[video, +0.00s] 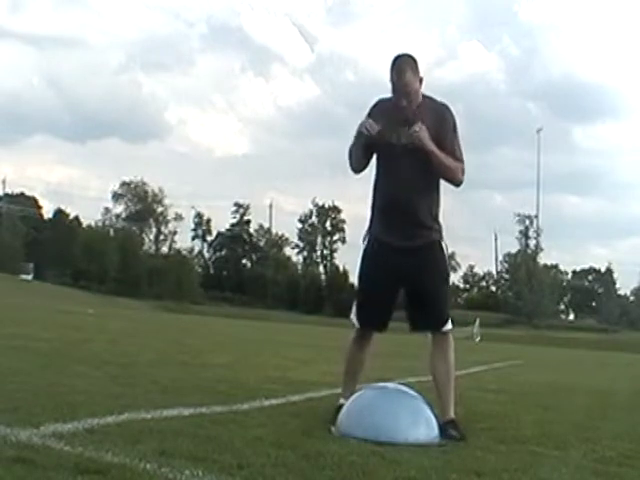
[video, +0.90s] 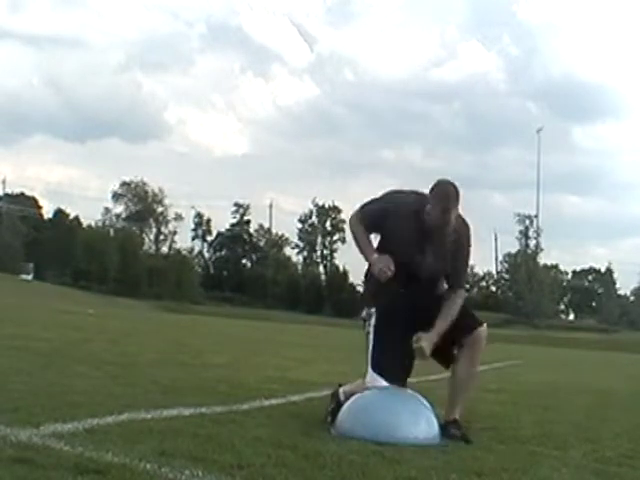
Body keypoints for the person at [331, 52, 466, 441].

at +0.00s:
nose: (403, 97)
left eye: (408, 89)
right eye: (397, 91)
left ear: (422, 81)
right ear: (390, 86)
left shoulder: (440, 114)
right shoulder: (382, 110)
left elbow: (457, 174)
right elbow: (356, 165)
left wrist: (427, 144)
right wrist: (367, 136)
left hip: (426, 238)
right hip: (383, 237)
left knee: (441, 328)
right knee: (365, 329)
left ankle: (447, 418)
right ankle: (345, 405)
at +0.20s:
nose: (431, 134)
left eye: (436, 128)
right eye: (424, 127)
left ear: (444, 120)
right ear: (413, 118)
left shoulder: (448, 141)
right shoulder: (389, 136)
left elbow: (461, 203)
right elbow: (348, 167)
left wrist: (452, 186)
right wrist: (371, 181)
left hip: (427, 255)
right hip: (389, 256)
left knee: (454, 328)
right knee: (376, 349)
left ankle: (448, 419)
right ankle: (342, 401)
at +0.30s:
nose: (441, 174)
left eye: (447, 169)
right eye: (437, 168)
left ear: (453, 162)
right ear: (425, 155)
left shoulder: (449, 179)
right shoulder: (398, 173)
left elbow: (459, 228)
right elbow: (354, 206)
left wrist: (450, 214)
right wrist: (384, 243)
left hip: (427, 275)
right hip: (389, 277)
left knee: (460, 334)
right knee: (382, 370)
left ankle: (450, 420)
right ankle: (342, 394)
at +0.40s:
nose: (445, 222)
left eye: (451, 217)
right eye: (440, 215)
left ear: (460, 207)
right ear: (429, 202)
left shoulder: (454, 204)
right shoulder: (405, 217)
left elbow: (453, 234)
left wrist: (454, 256)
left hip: (429, 291)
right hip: (395, 292)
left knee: (463, 333)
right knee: (398, 380)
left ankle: (450, 419)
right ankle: (343, 393)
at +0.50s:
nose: (450, 257)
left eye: (456, 252)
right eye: (445, 252)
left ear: (462, 234)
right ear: (434, 231)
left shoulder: (456, 223)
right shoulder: (406, 239)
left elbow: (462, 260)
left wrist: (452, 290)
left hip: (422, 292)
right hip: (386, 292)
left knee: (462, 329)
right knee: (393, 384)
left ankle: (451, 419)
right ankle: (343, 394)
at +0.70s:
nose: (437, 267)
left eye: (444, 263)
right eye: (434, 259)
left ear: (457, 252)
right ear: (428, 237)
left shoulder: (457, 265)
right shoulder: (401, 223)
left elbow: (447, 332)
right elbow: (352, 246)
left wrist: (418, 385)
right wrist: (374, 296)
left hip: (423, 306)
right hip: (386, 298)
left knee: (464, 331)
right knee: (381, 380)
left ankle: (451, 419)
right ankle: (340, 394)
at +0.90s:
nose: (441, 225)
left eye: (447, 220)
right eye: (437, 218)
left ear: (456, 212)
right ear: (427, 205)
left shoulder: (459, 230)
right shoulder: (399, 204)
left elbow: (458, 291)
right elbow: (356, 221)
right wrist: (372, 257)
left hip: (431, 300)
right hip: (391, 299)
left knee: (474, 336)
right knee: (390, 386)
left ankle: (452, 420)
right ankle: (343, 395)